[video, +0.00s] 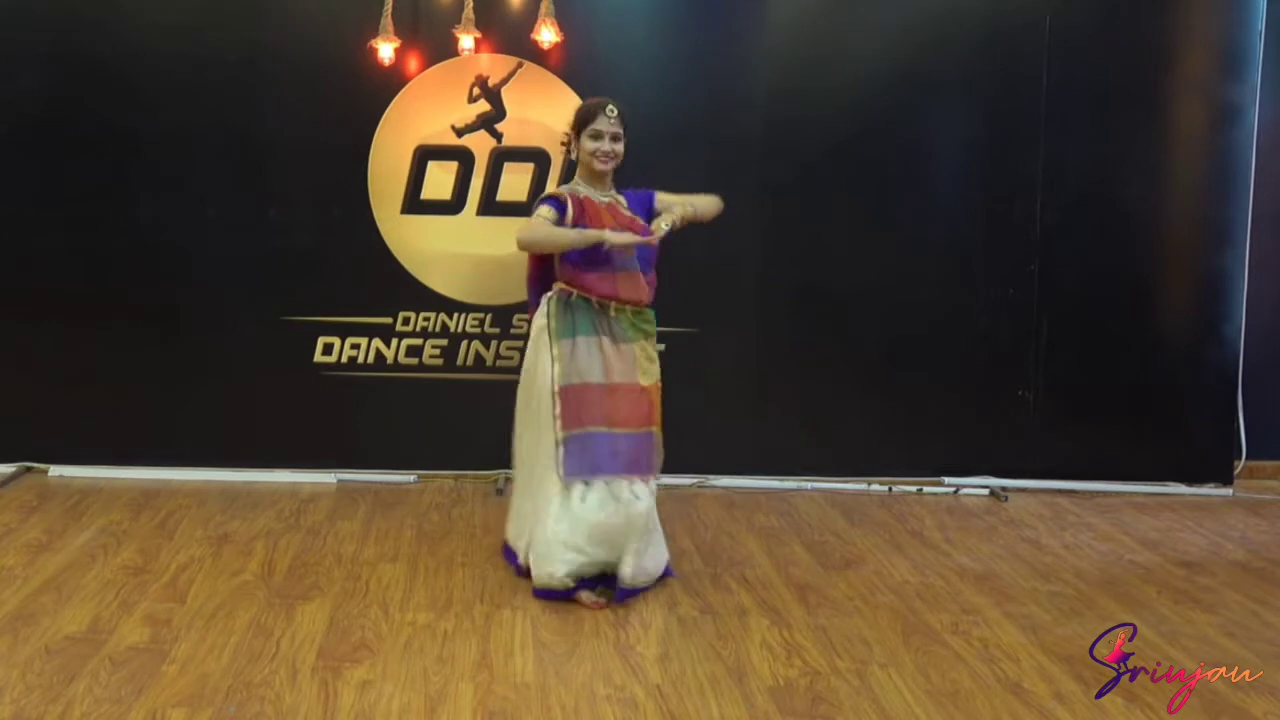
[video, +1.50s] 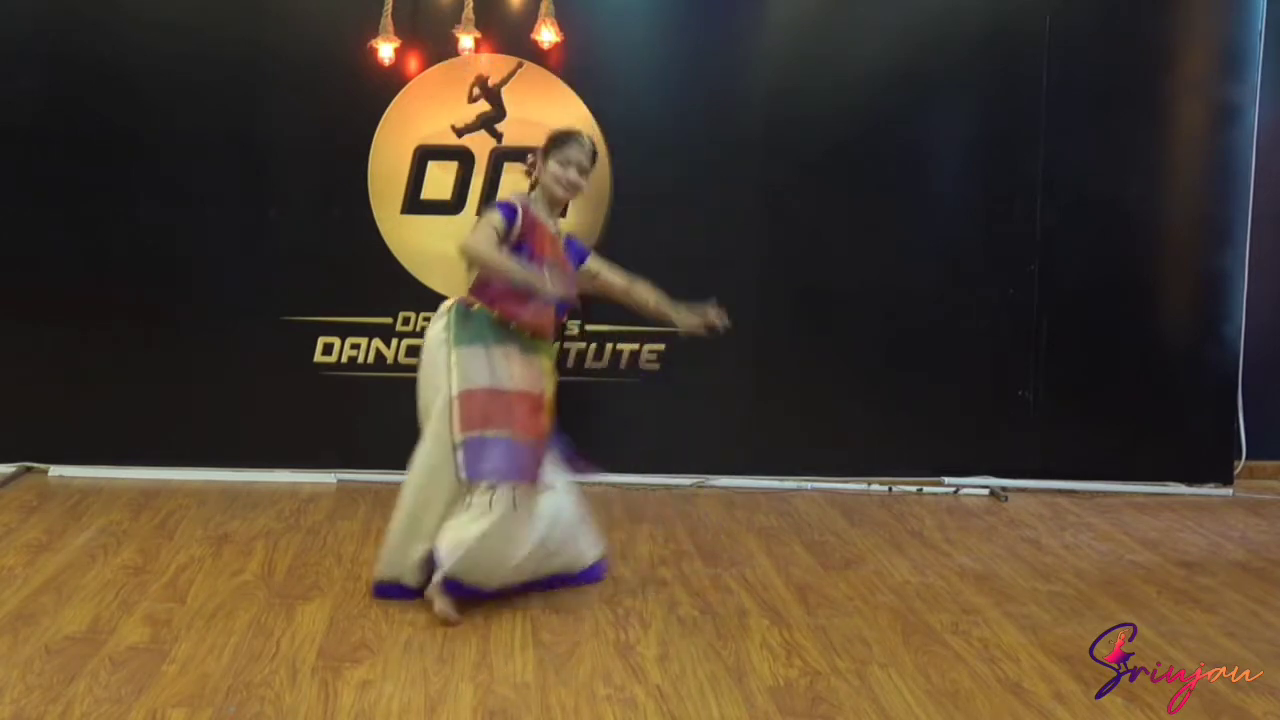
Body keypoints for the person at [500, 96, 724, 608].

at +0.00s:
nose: (607, 146)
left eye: (615, 138)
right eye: (596, 137)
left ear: (624, 145)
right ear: (576, 142)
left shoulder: (638, 201)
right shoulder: (563, 201)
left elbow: (714, 204)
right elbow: (528, 236)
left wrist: (680, 211)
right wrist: (601, 235)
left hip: (629, 339)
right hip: (571, 338)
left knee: (627, 445)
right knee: (575, 447)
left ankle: (618, 561)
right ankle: (569, 566)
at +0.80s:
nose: (589, 129)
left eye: (598, 119)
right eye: (583, 124)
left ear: (628, 124)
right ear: (581, 138)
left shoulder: (669, 186)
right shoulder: (578, 191)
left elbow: (731, 225)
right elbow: (537, 233)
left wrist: (708, 283)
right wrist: (557, 279)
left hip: (653, 326)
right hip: (589, 325)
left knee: (656, 435)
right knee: (581, 433)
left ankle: (655, 548)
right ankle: (576, 546)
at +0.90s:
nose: (588, 117)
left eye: (597, 108)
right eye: (582, 112)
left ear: (626, 115)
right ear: (580, 124)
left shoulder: (659, 177)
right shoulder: (578, 176)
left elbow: (711, 184)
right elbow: (533, 173)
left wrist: (661, 185)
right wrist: (498, 153)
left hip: (645, 318)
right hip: (580, 315)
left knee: (654, 428)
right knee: (561, 424)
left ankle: (665, 543)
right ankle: (541, 539)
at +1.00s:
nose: (579, 106)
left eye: (588, 95)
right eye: (574, 100)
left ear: (619, 106)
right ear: (574, 115)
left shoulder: (650, 165)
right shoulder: (568, 159)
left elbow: (689, 143)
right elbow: (512, 122)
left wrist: (633, 131)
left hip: (635, 307)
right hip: (568, 305)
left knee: (649, 432)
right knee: (539, 423)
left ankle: (656, 554)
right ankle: (508, 543)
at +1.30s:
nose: (547, 125)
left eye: (558, 118)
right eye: (544, 118)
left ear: (585, 133)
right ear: (538, 130)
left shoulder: (603, 201)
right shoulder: (523, 172)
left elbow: (679, 198)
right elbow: (467, 166)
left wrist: (644, 197)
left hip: (560, 321)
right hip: (503, 308)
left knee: (560, 432)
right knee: (503, 428)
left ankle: (556, 555)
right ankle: (498, 550)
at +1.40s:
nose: (550, 143)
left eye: (563, 137)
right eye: (545, 134)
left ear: (584, 153)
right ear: (534, 144)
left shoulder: (588, 222)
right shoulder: (519, 192)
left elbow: (634, 234)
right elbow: (466, 194)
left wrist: (658, 240)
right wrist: (473, 189)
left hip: (541, 338)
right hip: (487, 323)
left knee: (540, 444)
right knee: (486, 443)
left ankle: (494, 555)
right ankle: (469, 560)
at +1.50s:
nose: (573, 177)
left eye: (582, 172)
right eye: (565, 164)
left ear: (587, 183)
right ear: (540, 164)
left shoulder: (566, 249)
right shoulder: (509, 211)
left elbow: (625, 284)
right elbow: (476, 247)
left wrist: (678, 312)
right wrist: (537, 280)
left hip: (522, 354)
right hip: (471, 340)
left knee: (526, 459)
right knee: (493, 458)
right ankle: (444, 569)